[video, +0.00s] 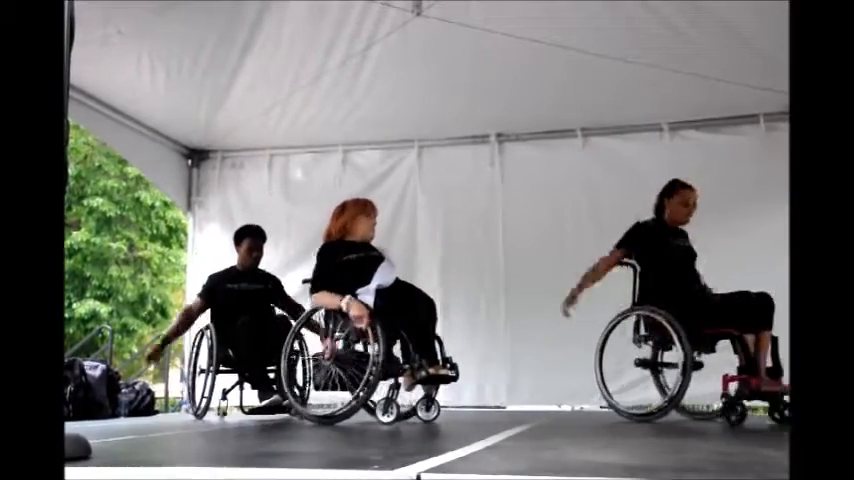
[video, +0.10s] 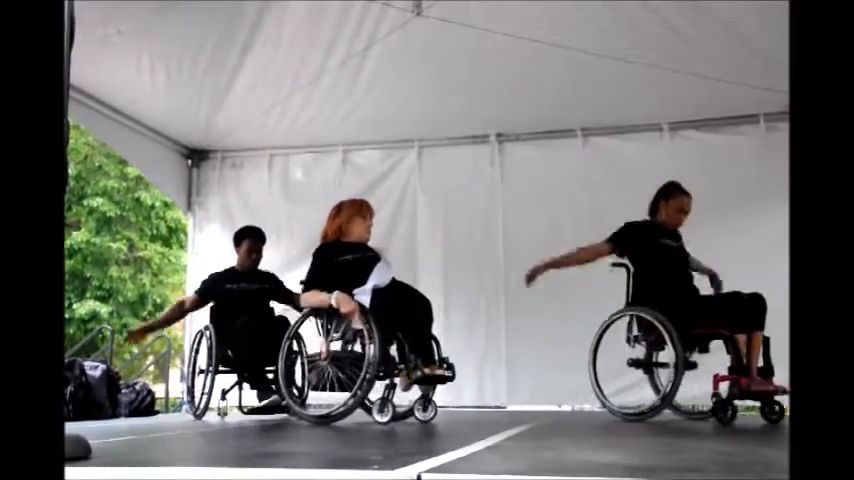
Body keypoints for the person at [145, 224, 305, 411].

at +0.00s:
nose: (258, 255)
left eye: (261, 249)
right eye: (252, 249)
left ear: (263, 250)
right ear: (238, 248)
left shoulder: (269, 282)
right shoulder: (218, 281)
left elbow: (295, 310)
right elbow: (191, 313)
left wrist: (323, 332)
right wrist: (163, 343)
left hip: (262, 343)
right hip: (230, 346)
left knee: (282, 324)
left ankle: (286, 392)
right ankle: (266, 393)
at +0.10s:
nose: (256, 255)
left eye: (259, 251)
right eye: (251, 250)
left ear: (263, 252)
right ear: (237, 248)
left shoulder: (268, 281)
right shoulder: (219, 281)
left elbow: (297, 301)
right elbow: (184, 307)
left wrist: (322, 302)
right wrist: (148, 328)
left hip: (262, 343)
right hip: (230, 347)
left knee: (282, 323)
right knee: (247, 327)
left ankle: (286, 389)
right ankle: (264, 392)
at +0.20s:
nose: (255, 257)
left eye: (258, 253)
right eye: (250, 252)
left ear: (261, 252)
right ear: (236, 250)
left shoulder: (268, 278)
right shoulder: (217, 278)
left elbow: (301, 287)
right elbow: (179, 291)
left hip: (261, 343)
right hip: (226, 347)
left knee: (280, 324)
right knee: (246, 328)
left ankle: (285, 390)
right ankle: (263, 392)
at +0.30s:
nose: (254, 258)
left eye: (257, 254)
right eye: (249, 253)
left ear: (260, 254)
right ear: (236, 250)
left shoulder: (266, 277)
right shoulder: (215, 278)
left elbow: (295, 282)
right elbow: (178, 285)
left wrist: (307, 255)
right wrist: (143, 268)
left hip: (259, 343)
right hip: (227, 345)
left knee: (277, 324)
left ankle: (282, 392)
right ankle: (261, 391)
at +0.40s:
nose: (251, 258)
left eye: (254, 253)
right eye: (246, 253)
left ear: (258, 253)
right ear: (233, 251)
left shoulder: (262, 279)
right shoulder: (215, 278)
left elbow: (292, 273)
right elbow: (177, 281)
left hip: (257, 342)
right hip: (225, 346)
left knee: (275, 325)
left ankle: (279, 391)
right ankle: (258, 392)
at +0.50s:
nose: (248, 261)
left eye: (252, 256)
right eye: (243, 255)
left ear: (255, 255)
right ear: (231, 253)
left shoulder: (262, 280)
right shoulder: (214, 280)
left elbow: (299, 274)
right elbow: (181, 283)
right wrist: (185, 254)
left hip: (255, 342)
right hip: (223, 346)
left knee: (273, 325)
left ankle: (277, 392)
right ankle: (257, 393)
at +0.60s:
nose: (247, 260)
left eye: (250, 255)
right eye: (242, 255)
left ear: (254, 255)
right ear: (230, 254)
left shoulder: (260, 281)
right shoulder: (214, 281)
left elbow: (293, 281)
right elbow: (185, 290)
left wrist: (310, 262)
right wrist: (196, 269)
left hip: (255, 341)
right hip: (224, 344)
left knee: (272, 327)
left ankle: (276, 393)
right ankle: (255, 392)